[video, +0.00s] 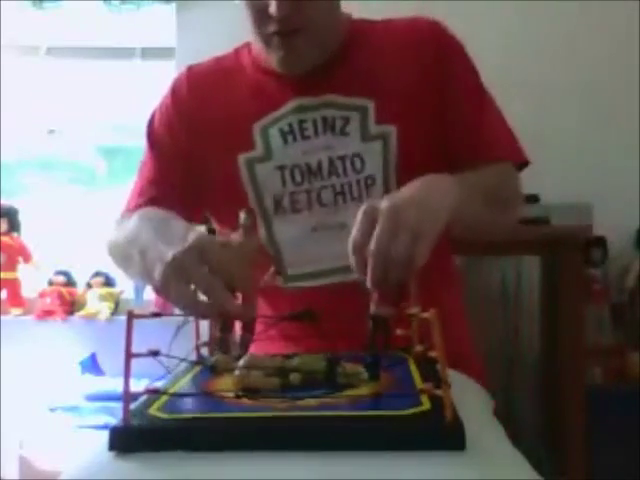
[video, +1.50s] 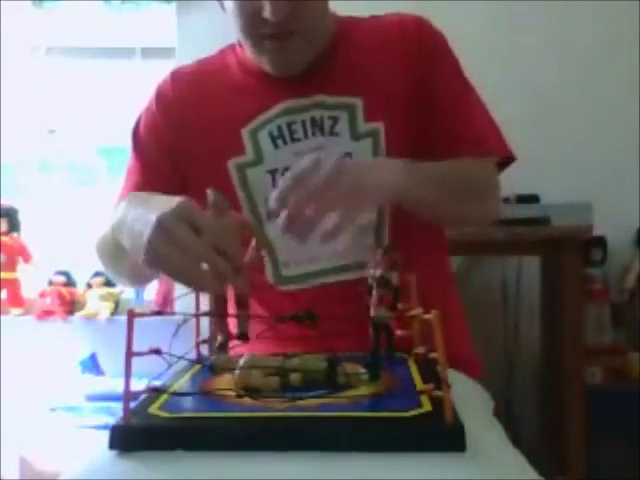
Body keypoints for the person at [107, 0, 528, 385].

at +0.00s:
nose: (276, 9)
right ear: (240, 2)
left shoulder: (423, 53)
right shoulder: (197, 96)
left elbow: (505, 200)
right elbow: (132, 231)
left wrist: (440, 194)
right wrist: (158, 241)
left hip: (424, 366)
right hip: (274, 376)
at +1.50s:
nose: (272, 10)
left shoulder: (408, 48)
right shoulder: (184, 98)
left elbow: (481, 201)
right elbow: (124, 260)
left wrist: (386, 178)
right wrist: (138, 221)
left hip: (420, 374)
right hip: (265, 386)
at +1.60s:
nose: (273, 10)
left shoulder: (405, 47)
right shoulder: (184, 97)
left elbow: (468, 201)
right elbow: (130, 267)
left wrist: (358, 197)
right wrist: (127, 213)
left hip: (418, 371)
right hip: (265, 384)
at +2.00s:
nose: (267, 12)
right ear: (220, 1)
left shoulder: (396, 43)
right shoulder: (180, 97)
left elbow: (440, 202)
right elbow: (130, 264)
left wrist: (309, 240)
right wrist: (124, 204)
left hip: (414, 378)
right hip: (264, 393)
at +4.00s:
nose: (244, 12)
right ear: (203, 5)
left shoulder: (385, 47)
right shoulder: (172, 102)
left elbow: (438, 202)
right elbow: (117, 259)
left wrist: (318, 237)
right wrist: (128, 203)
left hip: (399, 366)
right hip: (248, 375)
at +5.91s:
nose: (241, 11)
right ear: (204, 6)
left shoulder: (381, 42)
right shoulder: (172, 105)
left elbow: (399, 183)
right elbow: (126, 269)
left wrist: (286, 259)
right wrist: (123, 215)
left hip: (399, 379)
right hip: (244, 398)